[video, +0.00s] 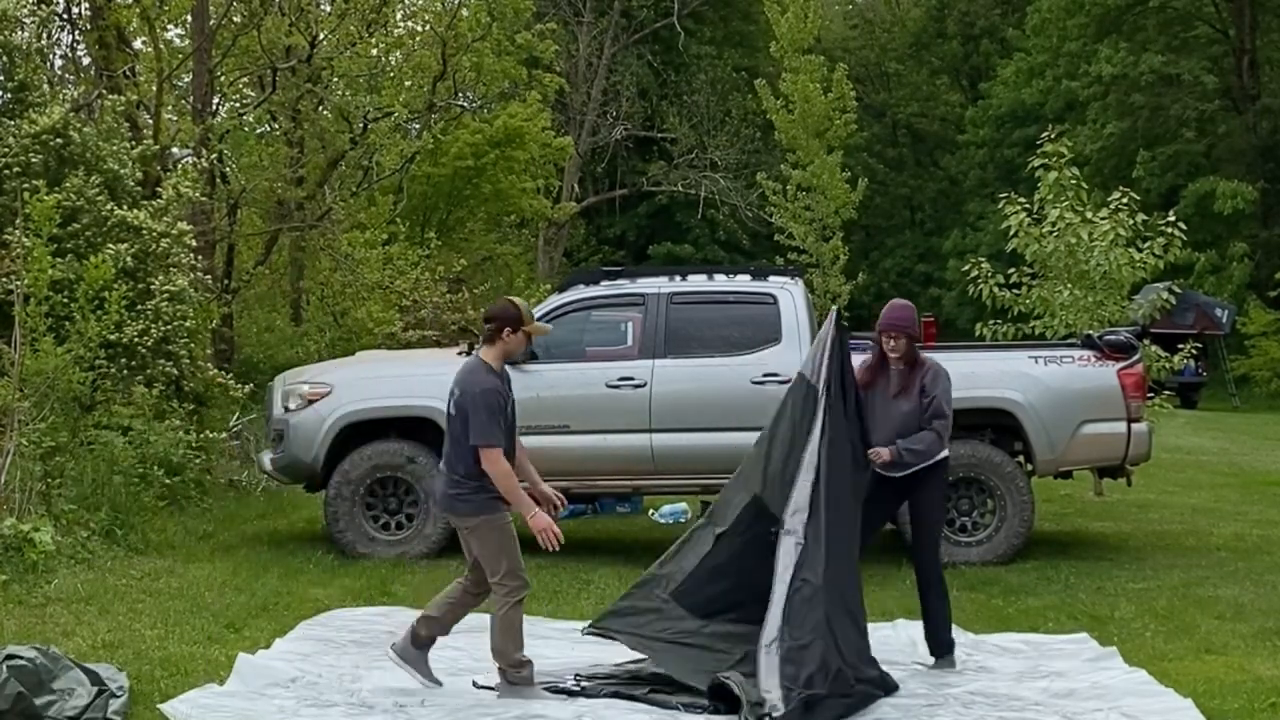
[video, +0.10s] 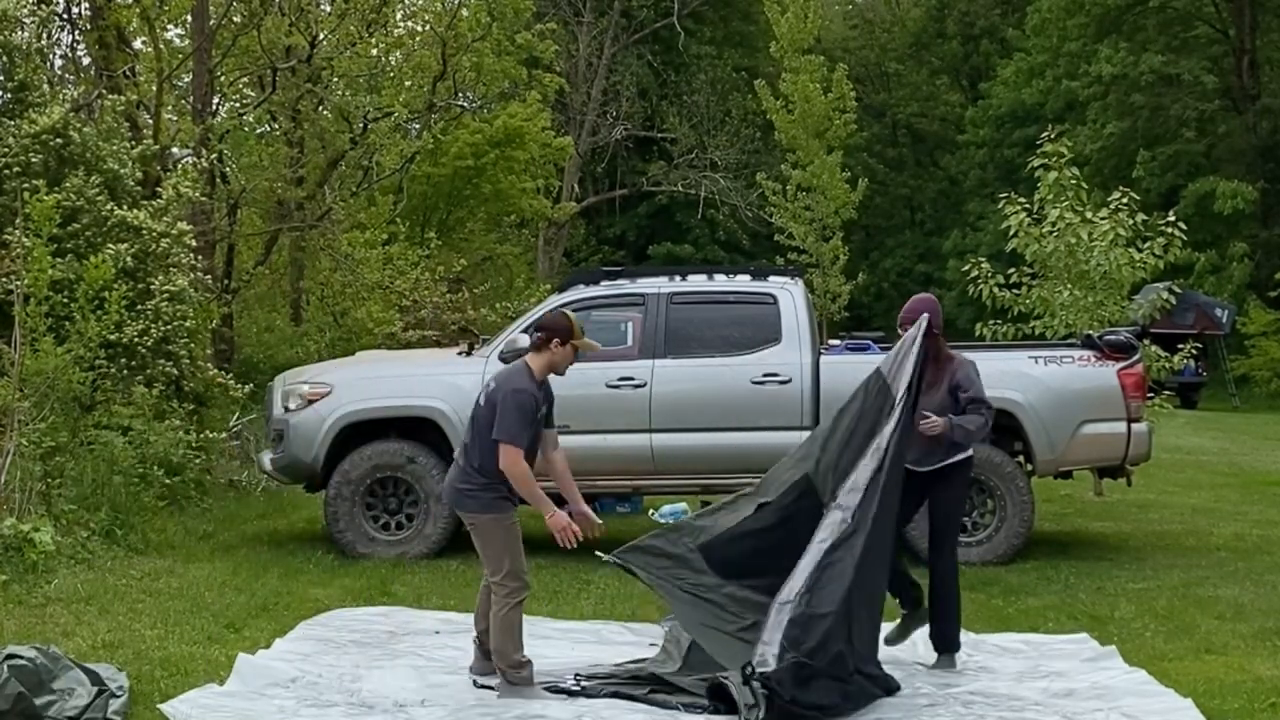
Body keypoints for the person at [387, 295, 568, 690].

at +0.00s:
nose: (529, 342)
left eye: (529, 335)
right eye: (525, 334)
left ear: (498, 334)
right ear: (507, 335)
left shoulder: (493, 374)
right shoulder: (483, 385)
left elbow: (510, 442)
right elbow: (492, 460)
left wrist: (537, 484)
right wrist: (532, 512)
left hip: (471, 497)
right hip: (476, 501)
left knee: (481, 580)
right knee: (511, 585)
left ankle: (414, 643)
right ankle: (515, 678)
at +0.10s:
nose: (574, 357)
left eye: (575, 350)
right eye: (573, 349)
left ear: (547, 345)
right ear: (554, 346)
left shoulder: (540, 387)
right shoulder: (519, 388)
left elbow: (550, 452)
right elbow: (510, 463)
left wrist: (577, 503)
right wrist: (551, 512)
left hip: (490, 492)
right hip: (480, 495)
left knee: (499, 576)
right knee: (510, 583)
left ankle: (486, 659)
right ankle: (515, 677)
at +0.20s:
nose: (591, 359)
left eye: (592, 352)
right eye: (588, 351)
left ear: (567, 348)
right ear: (566, 347)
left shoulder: (562, 390)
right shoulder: (524, 387)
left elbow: (579, 449)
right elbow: (497, 452)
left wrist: (613, 495)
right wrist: (514, 513)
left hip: (505, 494)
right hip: (485, 495)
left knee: (503, 583)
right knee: (508, 585)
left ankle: (495, 668)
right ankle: (513, 677)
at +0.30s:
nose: (594, 354)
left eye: (595, 348)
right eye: (591, 347)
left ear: (570, 344)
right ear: (571, 343)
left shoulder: (572, 383)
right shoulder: (528, 383)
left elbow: (608, 422)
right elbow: (495, 441)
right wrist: (498, 505)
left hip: (519, 496)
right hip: (498, 496)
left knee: (511, 585)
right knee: (510, 586)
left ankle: (495, 668)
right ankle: (514, 676)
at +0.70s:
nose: (612, 377)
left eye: (615, 370)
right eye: (612, 368)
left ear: (589, 360)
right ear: (594, 360)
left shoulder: (575, 399)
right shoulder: (557, 394)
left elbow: (604, 451)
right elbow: (530, 453)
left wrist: (643, 491)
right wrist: (540, 516)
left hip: (503, 493)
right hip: (498, 494)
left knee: (505, 582)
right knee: (517, 583)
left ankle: (496, 666)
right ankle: (514, 676)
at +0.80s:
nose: (628, 421)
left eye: (631, 415)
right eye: (628, 413)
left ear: (607, 403)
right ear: (612, 405)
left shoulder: (571, 425)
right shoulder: (573, 435)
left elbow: (562, 506)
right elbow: (558, 510)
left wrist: (578, 556)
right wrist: (571, 577)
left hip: (477, 492)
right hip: (490, 497)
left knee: (508, 583)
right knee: (531, 584)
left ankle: (496, 666)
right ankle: (517, 678)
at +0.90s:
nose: (635, 431)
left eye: (637, 424)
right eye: (634, 423)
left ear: (611, 412)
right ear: (618, 417)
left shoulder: (572, 421)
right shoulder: (581, 453)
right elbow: (585, 538)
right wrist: (591, 604)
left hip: (478, 496)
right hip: (496, 504)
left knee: (517, 584)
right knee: (547, 585)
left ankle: (498, 664)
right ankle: (520, 678)